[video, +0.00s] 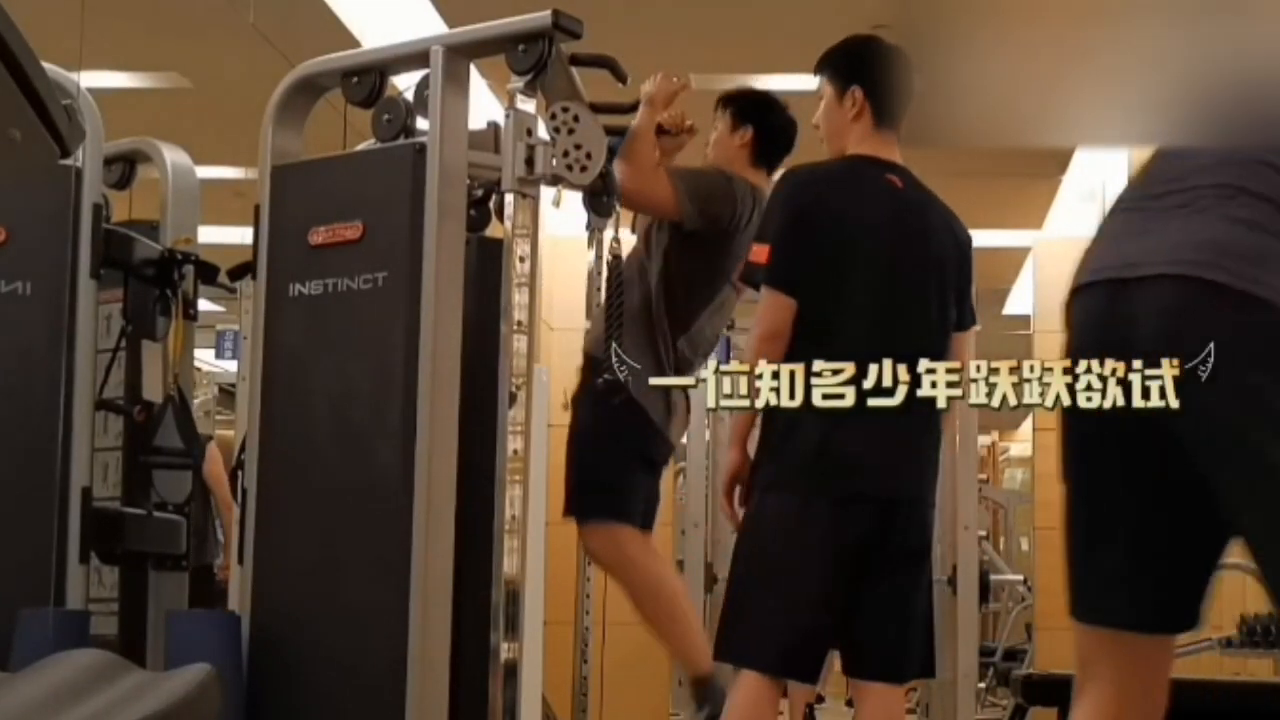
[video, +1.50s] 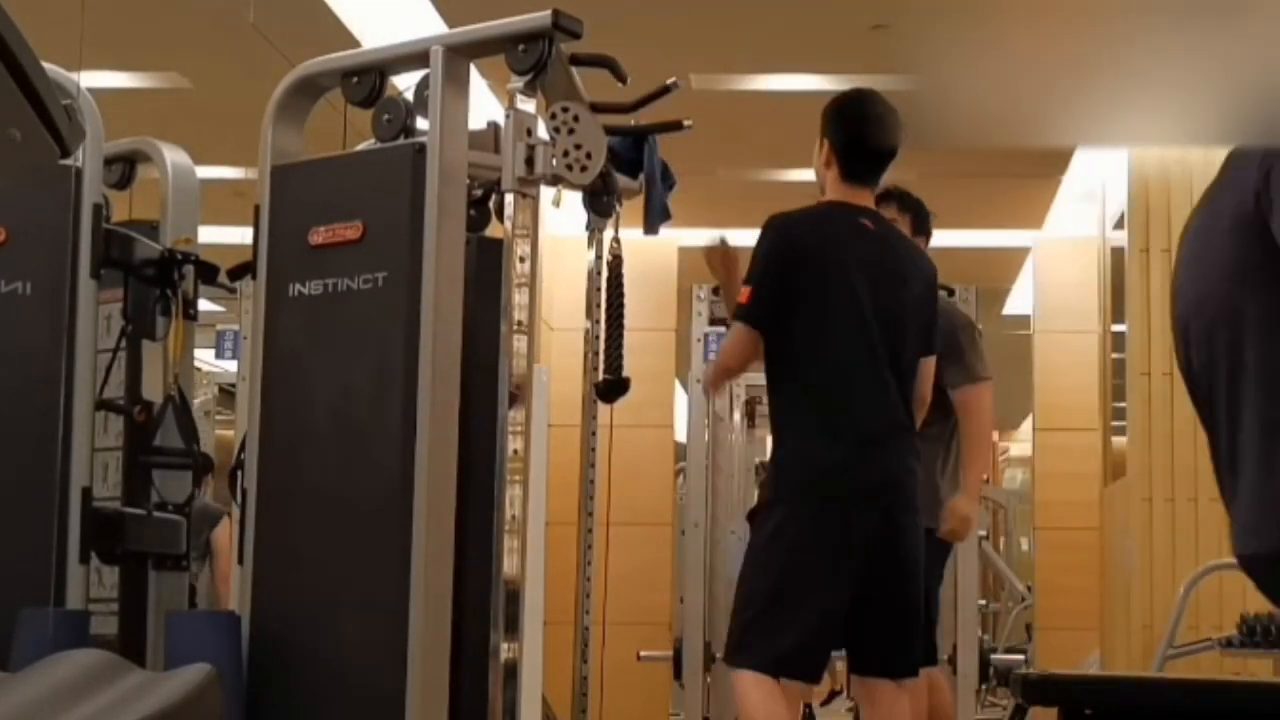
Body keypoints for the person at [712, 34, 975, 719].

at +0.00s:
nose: (816, 116)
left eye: (822, 99)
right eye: (818, 100)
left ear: (854, 102)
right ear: (886, 108)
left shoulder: (808, 189)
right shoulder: (947, 227)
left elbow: (774, 333)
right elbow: (957, 367)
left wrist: (740, 440)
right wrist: (903, 437)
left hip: (806, 474)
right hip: (903, 482)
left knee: (761, 667)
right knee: (882, 677)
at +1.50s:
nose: (817, 154)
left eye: (819, 144)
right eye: (820, 145)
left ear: (825, 153)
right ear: (891, 162)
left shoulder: (789, 233)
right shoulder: (917, 263)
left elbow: (737, 353)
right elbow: (919, 399)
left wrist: (713, 377)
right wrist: (885, 450)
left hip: (807, 484)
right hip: (894, 491)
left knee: (759, 666)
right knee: (888, 671)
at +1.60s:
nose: (818, 161)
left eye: (820, 153)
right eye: (822, 153)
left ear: (828, 160)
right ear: (891, 168)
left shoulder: (790, 237)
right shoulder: (917, 267)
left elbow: (714, 326)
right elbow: (915, 399)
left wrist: (698, 303)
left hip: (804, 495)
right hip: (890, 500)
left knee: (766, 670)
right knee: (889, 675)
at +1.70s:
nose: (817, 169)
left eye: (819, 160)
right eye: (823, 159)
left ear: (827, 168)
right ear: (888, 176)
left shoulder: (784, 243)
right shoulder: (912, 271)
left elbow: (692, 284)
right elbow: (908, 388)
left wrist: (679, 241)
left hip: (801, 493)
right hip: (885, 497)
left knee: (771, 668)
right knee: (885, 672)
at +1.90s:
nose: (799, 191)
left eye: (803, 180)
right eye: (808, 180)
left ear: (812, 188)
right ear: (868, 199)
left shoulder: (770, 251)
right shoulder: (887, 284)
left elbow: (689, 219)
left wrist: (666, 153)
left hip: (789, 495)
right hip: (869, 499)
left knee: (770, 674)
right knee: (874, 675)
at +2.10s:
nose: (771, 201)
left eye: (777, 192)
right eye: (778, 192)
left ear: (786, 204)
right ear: (835, 216)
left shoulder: (751, 260)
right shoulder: (844, 291)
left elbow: (678, 204)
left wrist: (657, 124)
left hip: (751, 493)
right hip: (826, 497)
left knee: (741, 677)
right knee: (846, 676)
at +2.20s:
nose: (760, 201)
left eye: (766, 192)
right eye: (767, 192)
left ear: (776, 206)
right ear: (820, 218)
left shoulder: (742, 257)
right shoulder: (825, 288)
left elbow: (675, 201)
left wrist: (649, 117)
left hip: (738, 485)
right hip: (805, 488)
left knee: (734, 668)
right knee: (818, 664)